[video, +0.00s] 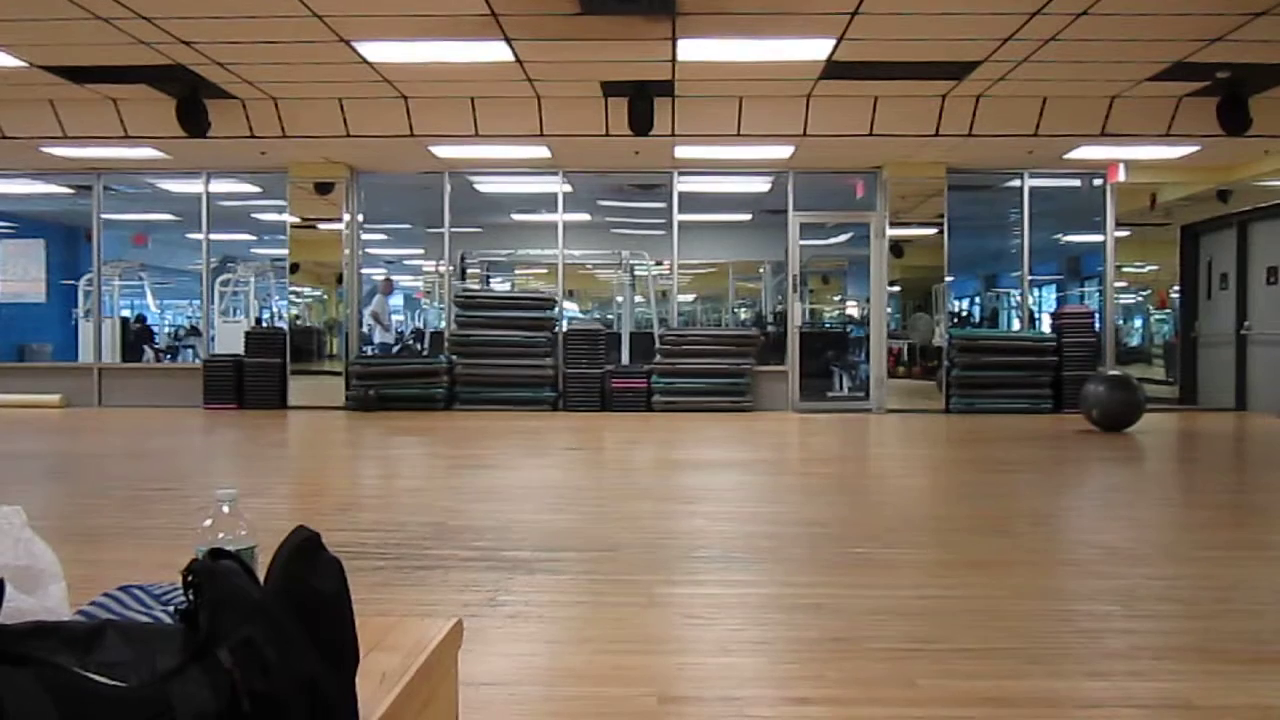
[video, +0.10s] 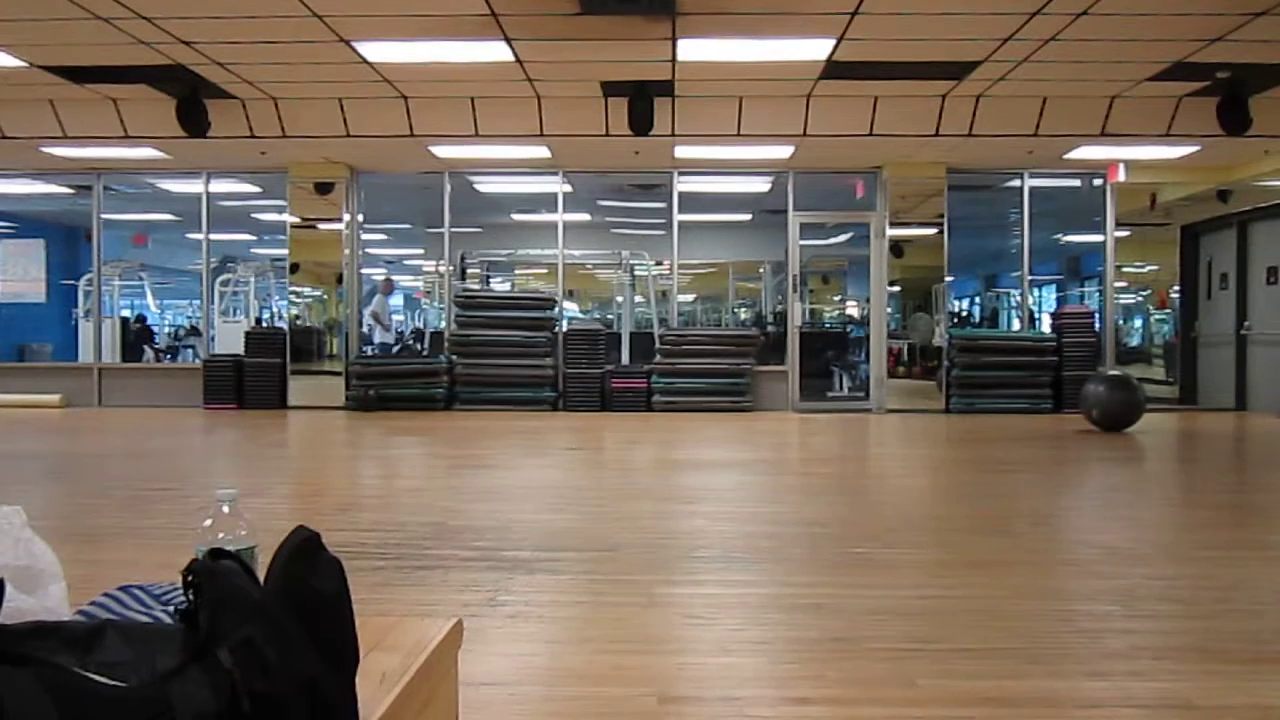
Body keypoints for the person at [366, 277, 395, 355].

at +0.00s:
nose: (392, 289)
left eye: (391, 286)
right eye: (389, 286)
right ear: (383, 287)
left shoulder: (384, 299)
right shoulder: (379, 298)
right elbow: (373, 313)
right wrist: (384, 326)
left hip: (387, 338)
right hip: (382, 338)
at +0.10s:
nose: (392, 288)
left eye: (392, 286)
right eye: (390, 286)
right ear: (384, 286)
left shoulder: (384, 299)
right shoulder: (380, 298)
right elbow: (373, 313)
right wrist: (384, 326)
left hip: (387, 338)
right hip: (382, 338)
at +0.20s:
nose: (393, 289)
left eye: (393, 286)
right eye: (390, 286)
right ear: (384, 286)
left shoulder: (385, 300)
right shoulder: (380, 298)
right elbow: (374, 313)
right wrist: (384, 326)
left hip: (387, 337)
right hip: (382, 338)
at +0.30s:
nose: (392, 288)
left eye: (392, 286)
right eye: (390, 285)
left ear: (392, 287)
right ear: (384, 286)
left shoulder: (385, 299)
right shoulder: (380, 298)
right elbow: (374, 312)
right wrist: (385, 325)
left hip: (387, 337)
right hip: (382, 337)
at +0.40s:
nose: (392, 288)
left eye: (392, 286)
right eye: (390, 285)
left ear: (392, 287)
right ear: (384, 286)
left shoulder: (385, 299)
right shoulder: (380, 298)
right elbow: (374, 312)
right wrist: (385, 325)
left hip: (387, 337)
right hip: (382, 337)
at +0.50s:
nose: (393, 288)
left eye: (393, 286)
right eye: (391, 285)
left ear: (392, 287)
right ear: (385, 286)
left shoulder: (385, 299)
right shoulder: (380, 298)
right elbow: (374, 312)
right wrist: (385, 325)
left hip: (387, 337)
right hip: (382, 337)